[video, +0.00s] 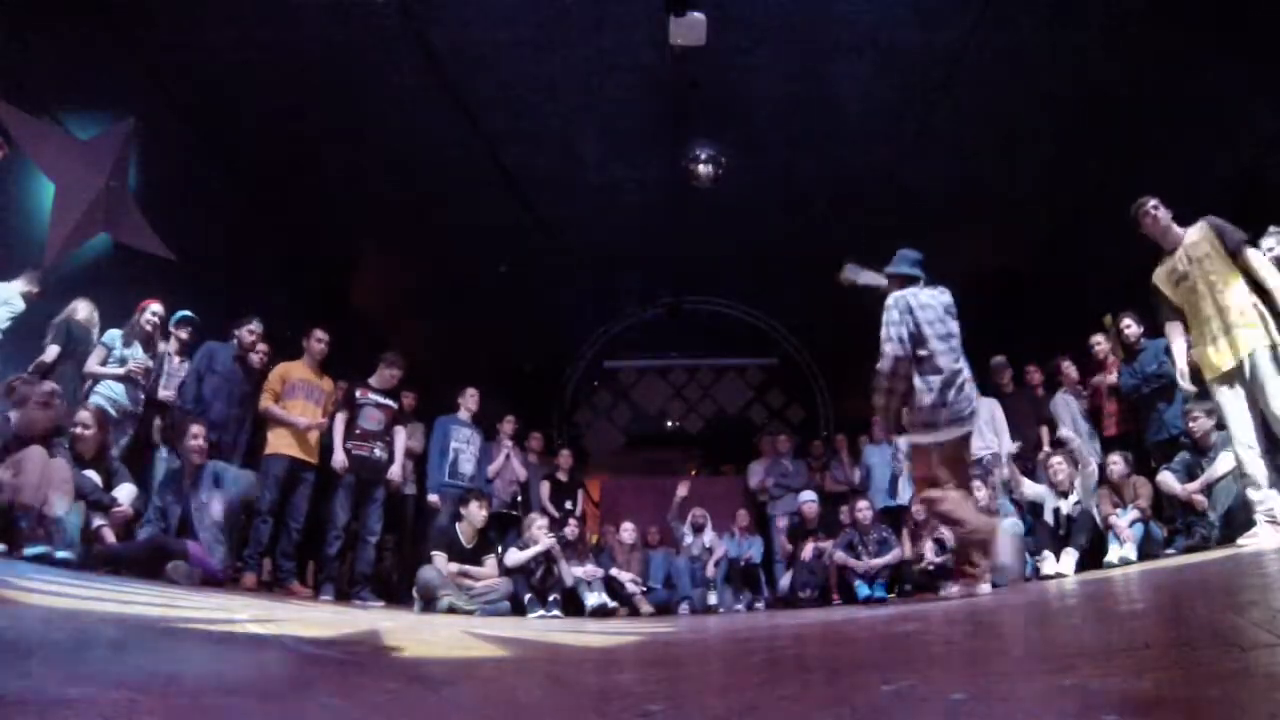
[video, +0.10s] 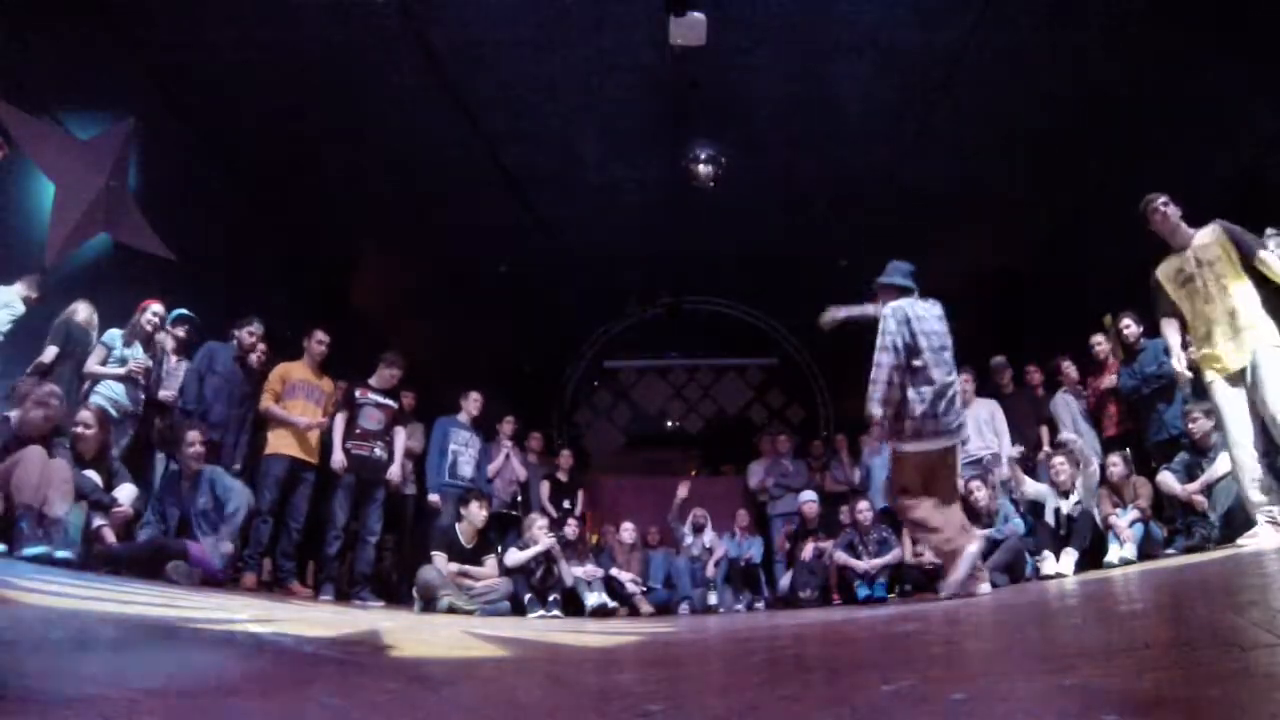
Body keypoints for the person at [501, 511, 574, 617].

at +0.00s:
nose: (545, 532)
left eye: (547, 528)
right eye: (539, 529)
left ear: (550, 530)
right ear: (528, 531)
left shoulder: (551, 550)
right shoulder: (519, 546)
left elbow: (569, 583)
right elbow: (509, 562)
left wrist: (559, 555)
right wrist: (541, 547)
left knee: (556, 572)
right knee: (519, 575)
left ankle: (554, 604)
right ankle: (532, 605)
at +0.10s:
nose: (545, 532)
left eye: (547, 528)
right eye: (540, 529)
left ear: (550, 530)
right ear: (529, 532)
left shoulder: (552, 550)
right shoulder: (519, 547)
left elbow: (569, 583)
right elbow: (509, 562)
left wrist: (559, 555)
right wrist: (541, 547)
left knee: (556, 571)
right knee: (519, 575)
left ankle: (554, 604)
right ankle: (532, 605)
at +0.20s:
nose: (546, 533)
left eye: (548, 529)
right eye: (541, 529)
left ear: (551, 531)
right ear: (530, 532)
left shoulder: (552, 550)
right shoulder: (519, 547)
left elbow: (569, 583)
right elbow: (509, 562)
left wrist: (559, 555)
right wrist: (540, 547)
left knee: (556, 571)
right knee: (518, 575)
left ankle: (554, 604)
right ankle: (531, 605)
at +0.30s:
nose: (547, 533)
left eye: (549, 529)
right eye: (542, 530)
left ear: (552, 530)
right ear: (530, 533)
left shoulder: (551, 550)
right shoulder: (519, 547)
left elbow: (569, 582)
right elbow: (509, 562)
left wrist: (558, 554)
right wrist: (540, 546)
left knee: (556, 571)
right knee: (518, 575)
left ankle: (554, 603)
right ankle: (532, 605)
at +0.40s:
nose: (548, 534)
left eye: (549, 530)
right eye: (543, 530)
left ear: (552, 531)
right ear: (532, 533)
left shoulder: (550, 551)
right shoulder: (519, 547)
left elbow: (569, 582)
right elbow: (509, 562)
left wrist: (557, 553)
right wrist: (540, 545)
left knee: (555, 572)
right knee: (518, 574)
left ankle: (554, 603)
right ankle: (531, 605)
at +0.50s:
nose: (548, 535)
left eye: (549, 531)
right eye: (543, 531)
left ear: (551, 532)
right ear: (532, 533)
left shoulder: (550, 550)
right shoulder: (519, 547)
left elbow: (568, 582)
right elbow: (509, 562)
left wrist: (557, 552)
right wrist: (539, 545)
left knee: (554, 571)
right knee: (518, 574)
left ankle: (554, 603)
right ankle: (531, 605)